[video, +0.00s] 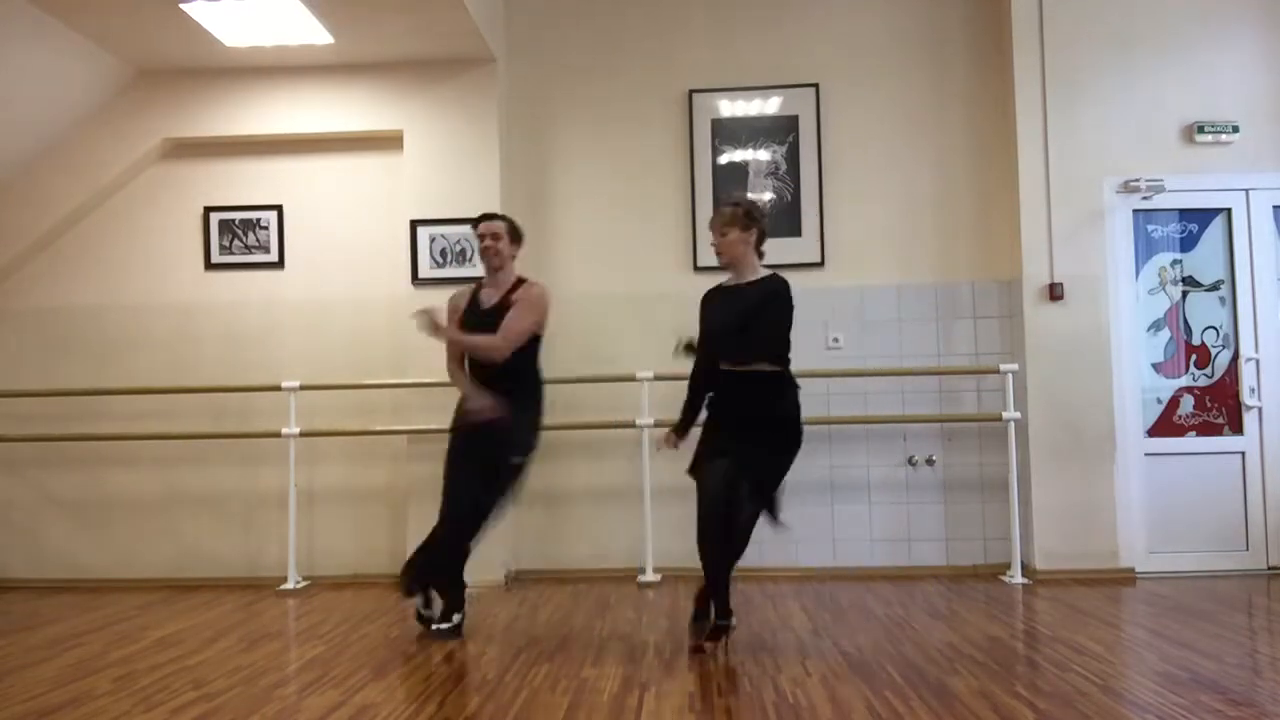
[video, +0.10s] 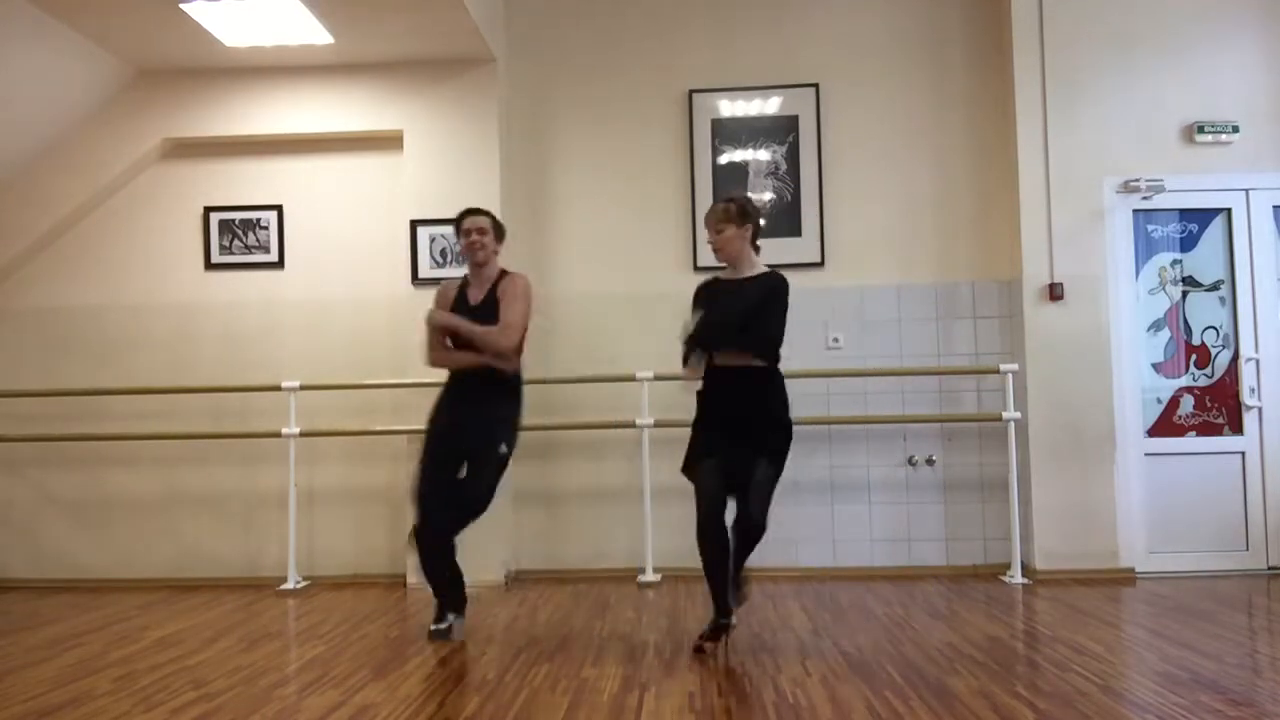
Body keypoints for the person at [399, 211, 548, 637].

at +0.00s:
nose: (488, 244)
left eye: (496, 238)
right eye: (482, 239)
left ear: (515, 246)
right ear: (475, 247)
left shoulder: (532, 295)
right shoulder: (462, 300)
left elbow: (501, 346)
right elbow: (455, 361)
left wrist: (445, 332)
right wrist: (470, 391)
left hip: (517, 412)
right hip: (474, 408)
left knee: (476, 506)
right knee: (456, 506)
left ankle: (421, 573)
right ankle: (451, 602)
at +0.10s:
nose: (474, 240)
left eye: (482, 233)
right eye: (467, 235)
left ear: (498, 241)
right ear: (459, 244)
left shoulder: (515, 285)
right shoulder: (449, 293)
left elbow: (506, 341)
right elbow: (436, 355)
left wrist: (449, 323)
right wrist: (487, 357)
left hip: (498, 400)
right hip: (456, 398)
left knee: (476, 496)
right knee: (431, 504)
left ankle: (428, 530)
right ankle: (450, 602)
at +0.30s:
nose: (453, 251)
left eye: (461, 244)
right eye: (446, 245)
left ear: (476, 252)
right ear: (436, 255)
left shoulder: (497, 298)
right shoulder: (422, 306)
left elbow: (547, 332)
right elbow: (388, 357)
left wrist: (560, 367)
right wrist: (344, 392)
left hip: (480, 422)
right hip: (430, 421)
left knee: (519, 493)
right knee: (370, 497)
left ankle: (496, 586)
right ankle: (361, 599)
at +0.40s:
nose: (444, 273)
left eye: (453, 266)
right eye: (437, 266)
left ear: (468, 275)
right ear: (428, 275)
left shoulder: (489, 332)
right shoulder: (409, 331)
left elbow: (538, 380)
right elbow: (362, 380)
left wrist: (594, 408)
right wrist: (309, 410)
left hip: (473, 448)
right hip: (417, 446)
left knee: (525, 513)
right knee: (345, 512)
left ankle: (508, 610)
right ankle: (343, 613)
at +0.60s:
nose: (434, 274)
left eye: (443, 267)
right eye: (428, 268)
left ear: (458, 276)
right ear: (419, 278)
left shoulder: (479, 333)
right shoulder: (399, 331)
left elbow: (530, 384)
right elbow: (355, 377)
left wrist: (581, 415)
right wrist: (304, 406)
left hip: (463, 447)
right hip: (408, 447)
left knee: (517, 510)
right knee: (337, 511)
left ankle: (506, 609)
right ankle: (344, 614)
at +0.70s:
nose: (431, 268)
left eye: (440, 262)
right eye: (424, 262)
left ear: (455, 272)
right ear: (416, 273)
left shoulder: (476, 327)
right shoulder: (397, 327)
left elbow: (525, 376)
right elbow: (354, 376)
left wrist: (587, 392)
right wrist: (296, 390)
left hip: (463, 443)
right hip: (407, 443)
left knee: (514, 509)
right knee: (339, 512)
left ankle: (508, 610)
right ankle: (343, 615)